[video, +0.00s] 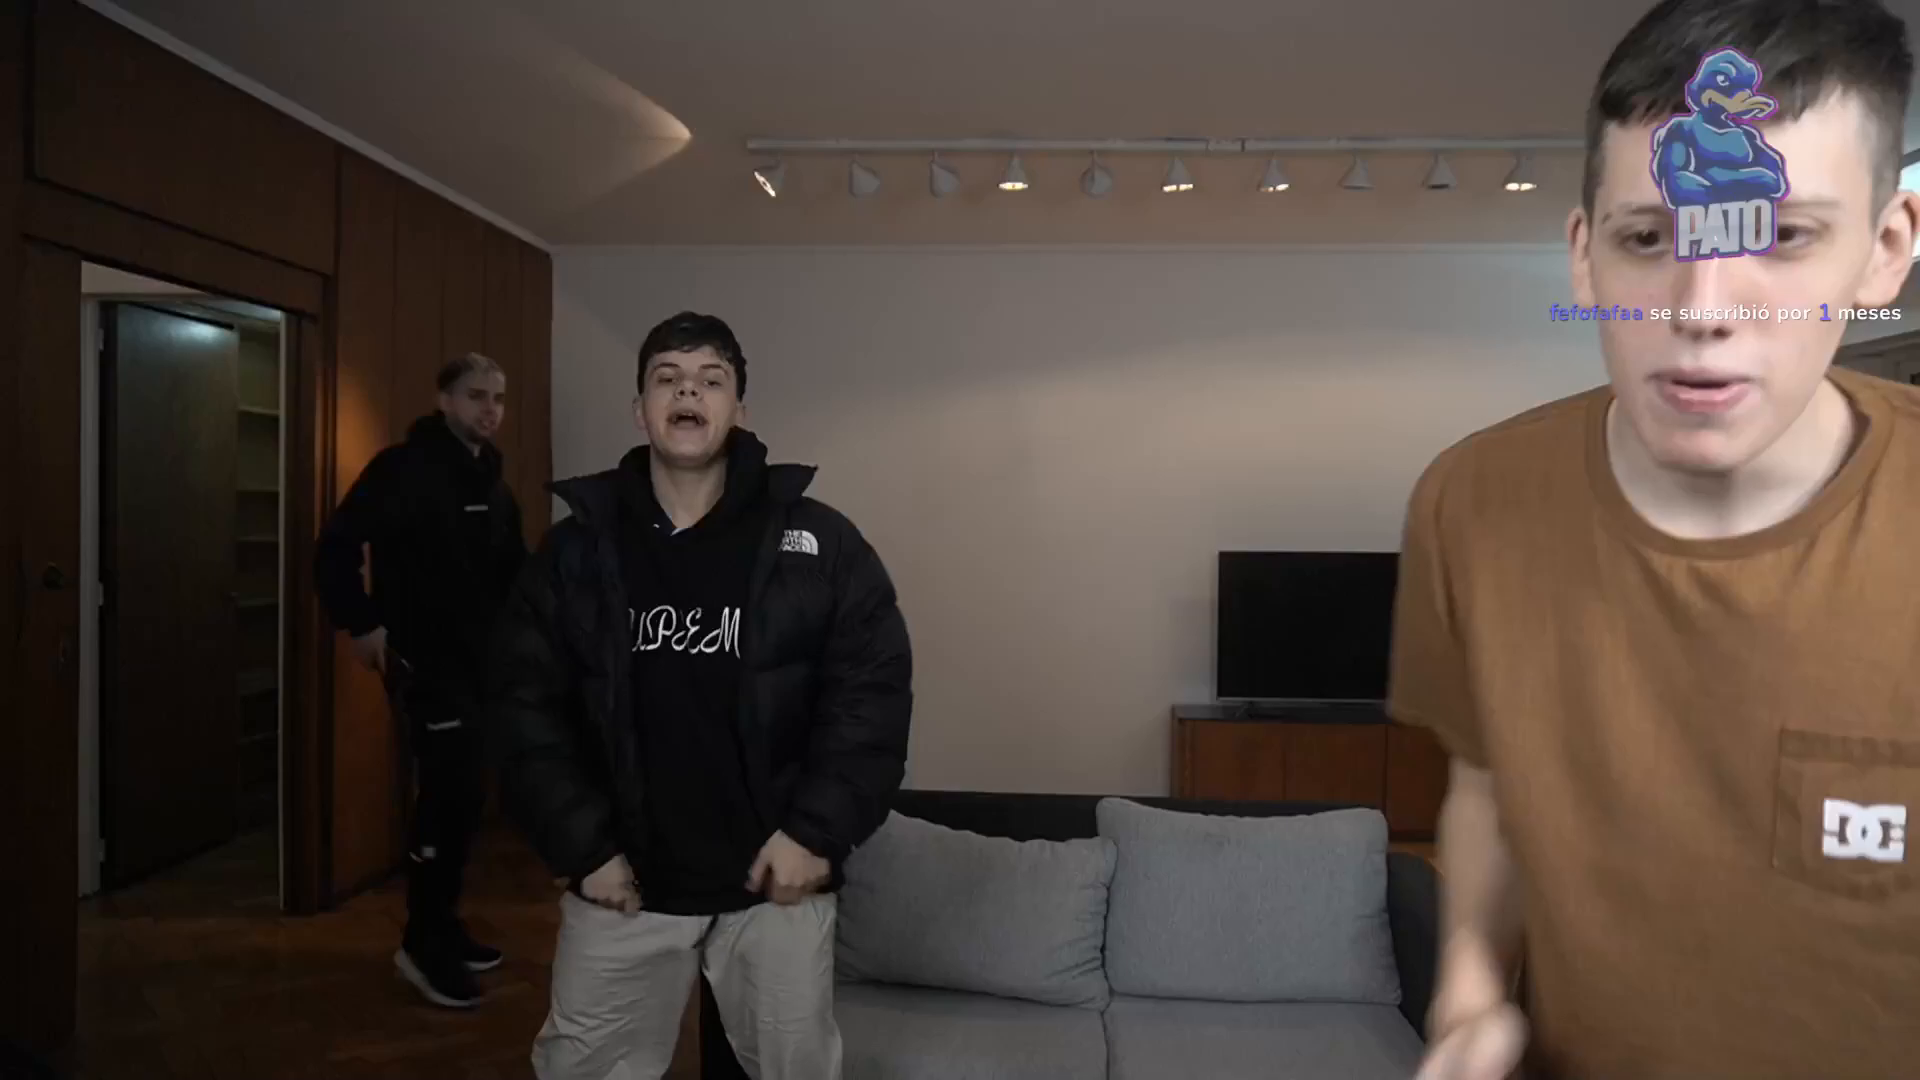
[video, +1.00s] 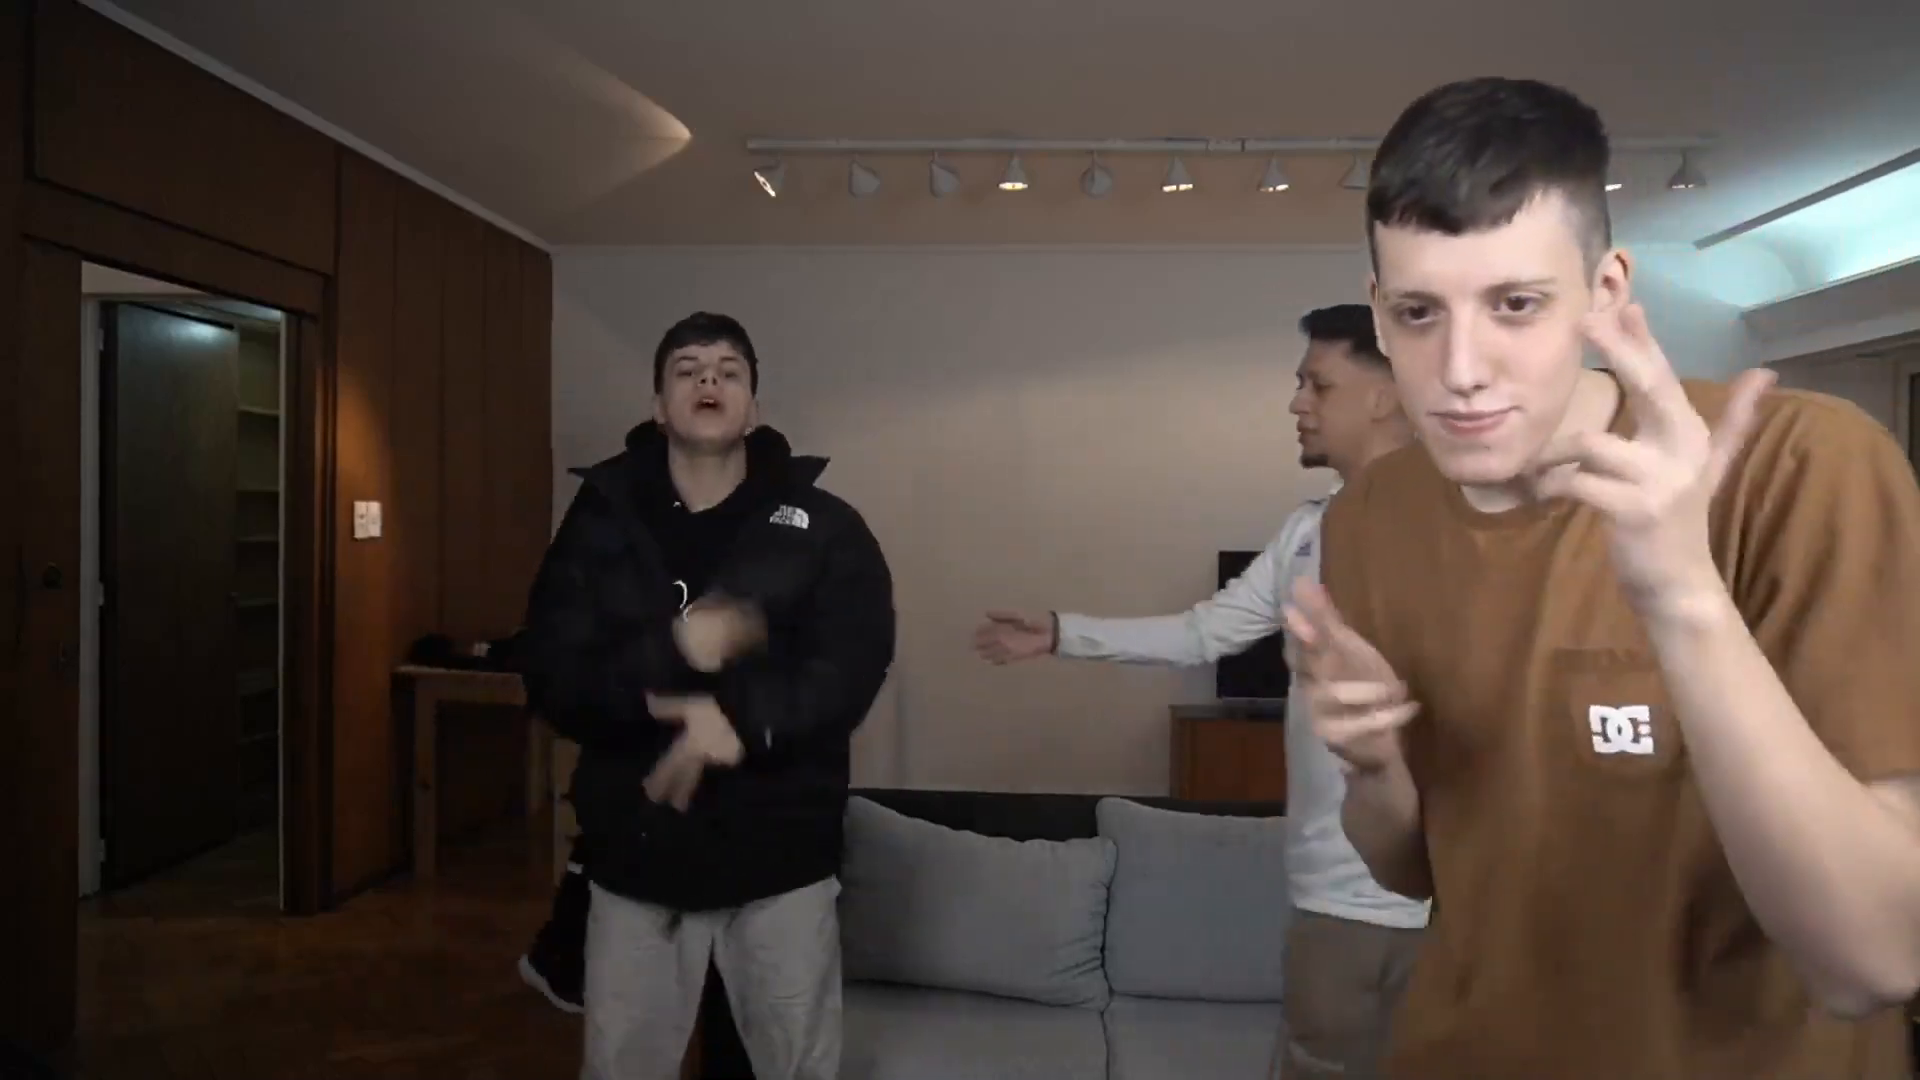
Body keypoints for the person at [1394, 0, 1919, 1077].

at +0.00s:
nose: (1702, 308)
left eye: (1780, 235)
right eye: (1647, 237)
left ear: (1886, 252)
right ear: (1582, 255)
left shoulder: (1908, 509)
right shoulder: (1476, 508)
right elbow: (1482, 778)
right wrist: (1472, 985)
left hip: (1877, 1053)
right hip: (1585, 1059)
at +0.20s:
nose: (1720, 301)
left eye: (1789, 235)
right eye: (1671, 235)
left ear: (1885, 249)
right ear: (1605, 244)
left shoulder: (1908, 477)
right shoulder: (1488, 476)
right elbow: (1453, 813)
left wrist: (1907, 931)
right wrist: (1497, 800)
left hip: (1872, 1048)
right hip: (1589, 1045)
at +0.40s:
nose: (1659, 326)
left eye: (1722, 263)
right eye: (1614, 266)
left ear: (1811, 268)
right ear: (1555, 269)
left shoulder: (1891, 489)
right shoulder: (1444, 466)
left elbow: (1910, 989)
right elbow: (1355, 826)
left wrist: (1860, 771)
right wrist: (1353, 620)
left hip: (1803, 1059)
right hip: (1497, 1050)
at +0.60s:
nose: (1563, 352)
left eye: (1620, 296)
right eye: (1521, 298)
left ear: (1711, 289)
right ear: (1475, 301)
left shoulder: (1872, 521)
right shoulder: (1405, 482)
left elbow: (1864, 963)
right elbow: (1316, 818)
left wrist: (1703, 776)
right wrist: (1308, 564)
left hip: (1689, 1060)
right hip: (1396, 1053)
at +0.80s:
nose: (1496, 395)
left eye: (1552, 330)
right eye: (1453, 339)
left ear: (1642, 322)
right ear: (1414, 342)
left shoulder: (1839, 522)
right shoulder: (1387, 525)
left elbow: (1850, 999)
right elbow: (1356, 877)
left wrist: (1692, 707)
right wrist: (1360, 743)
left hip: (1678, 1060)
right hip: (1396, 1047)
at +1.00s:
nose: (1461, 371)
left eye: (1515, 306)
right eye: (1417, 313)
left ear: (1608, 295)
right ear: (1381, 314)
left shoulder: (1806, 472)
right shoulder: (1372, 521)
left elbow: (1874, 960)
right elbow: (1408, 876)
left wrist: (1682, 594)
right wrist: (1374, 769)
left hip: (1749, 1061)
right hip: (1462, 1052)